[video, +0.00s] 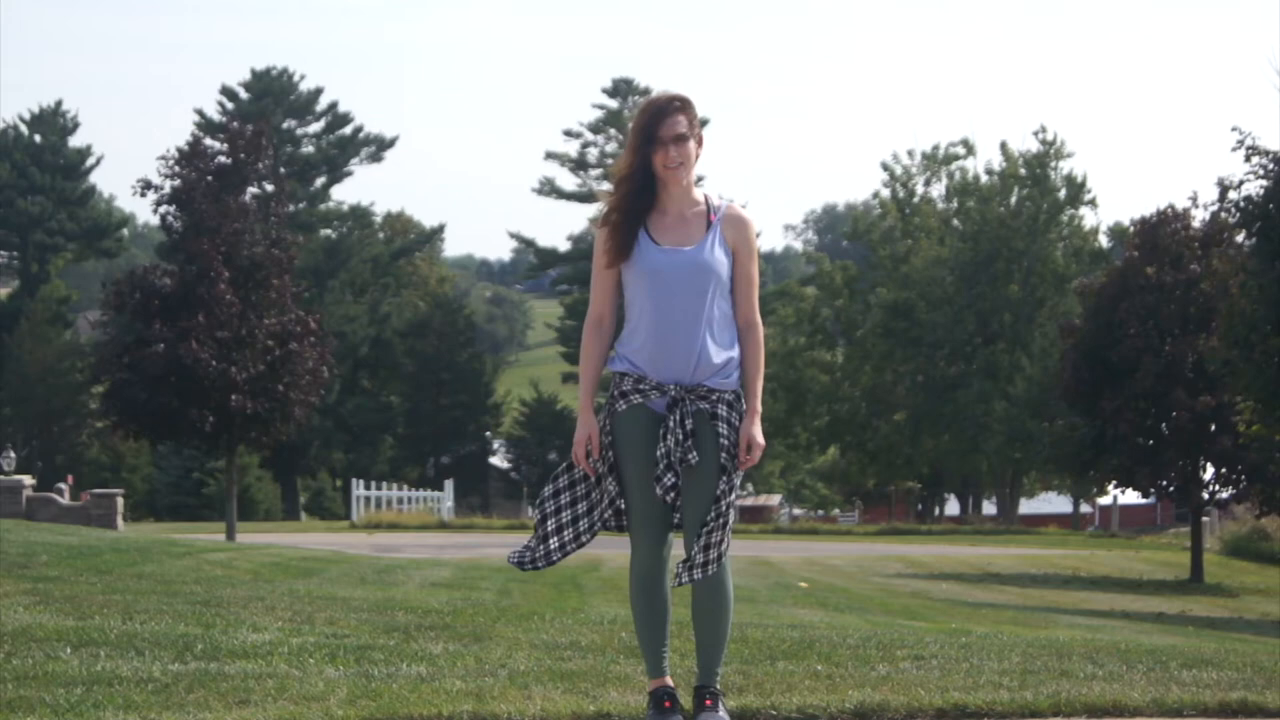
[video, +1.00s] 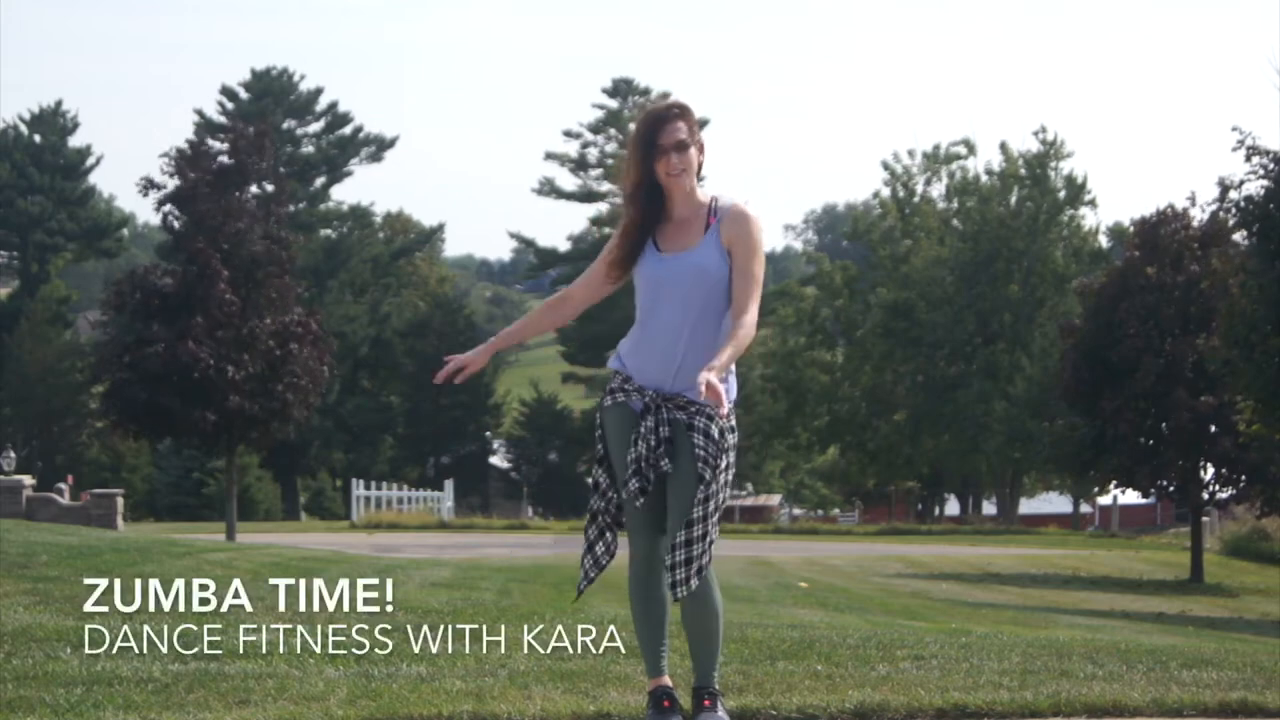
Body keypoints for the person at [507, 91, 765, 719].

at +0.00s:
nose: (674, 150)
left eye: (684, 139)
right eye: (662, 141)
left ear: (701, 144)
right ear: (645, 151)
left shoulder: (732, 223)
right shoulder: (618, 225)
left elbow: (749, 322)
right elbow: (599, 321)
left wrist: (754, 410)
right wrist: (585, 408)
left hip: (714, 395)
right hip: (638, 392)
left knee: (707, 544)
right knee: (649, 543)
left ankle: (709, 691)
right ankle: (660, 685)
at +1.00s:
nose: (676, 157)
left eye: (685, 145)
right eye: (664, 149)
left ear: (701, 150)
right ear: (647, 161)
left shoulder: (736, 221)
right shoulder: (639, 232)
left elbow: (747, 314)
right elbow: (568, 303)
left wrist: (719, 364)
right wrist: (488, 349)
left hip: (702, 403)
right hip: (632, 396)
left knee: (690, 552)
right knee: (644, 546)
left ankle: (708, 693)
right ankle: (659, 686)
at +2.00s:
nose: (704, 169)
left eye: (713, 159)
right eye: (694, 157)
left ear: (721, 166)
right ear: (669, 160)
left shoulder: (722, 243)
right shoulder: (633, 226)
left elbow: (784, 322)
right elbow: (586, 302)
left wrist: (868, 307)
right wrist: (592, 381)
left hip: (739, 408)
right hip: (671, 410)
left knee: (728, 559)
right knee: (693, 557)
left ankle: (712, 691)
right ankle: (667, 691)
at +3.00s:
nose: (699, 152)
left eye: (709, 141)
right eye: (687, 143)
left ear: (728, 151)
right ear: (672, 157)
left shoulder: (762, 230)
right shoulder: (654, 230)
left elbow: (771, 330)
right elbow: (575, 285)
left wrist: (728, 405)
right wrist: (493, 328)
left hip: (714, 410)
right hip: (643, 401)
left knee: (706, 557)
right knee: (650, 549)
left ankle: (711, 692)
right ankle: (660, 683)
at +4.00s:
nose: (694, 151)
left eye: (703, 143)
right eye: (683, 141)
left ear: (713, 153)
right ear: (658, 149)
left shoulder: (726, 218)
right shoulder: (622, 230)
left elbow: (816, 261)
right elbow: (611, 327)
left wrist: (903, 290)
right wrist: (630, 403)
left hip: (737, 400)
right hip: (663, 405)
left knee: (729, 552)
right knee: (677, 548)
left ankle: (714, 689)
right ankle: (664, 686)